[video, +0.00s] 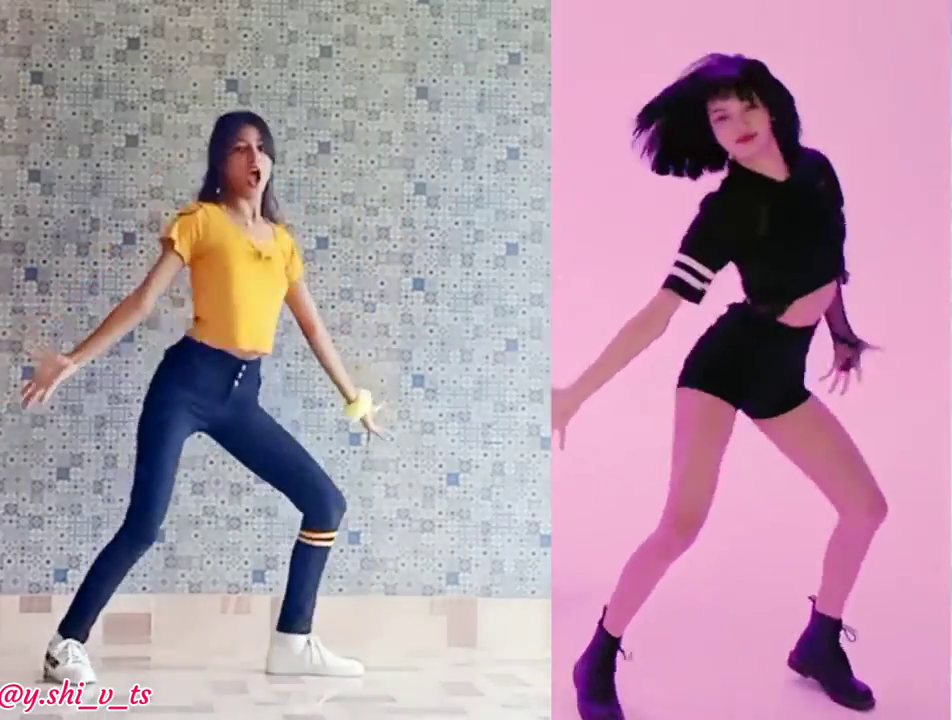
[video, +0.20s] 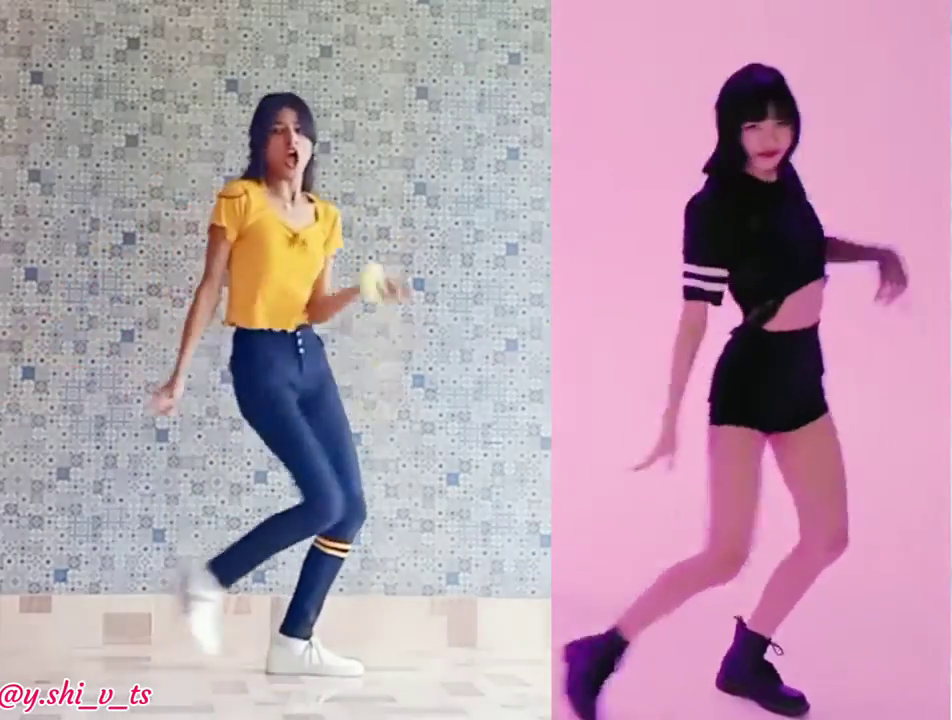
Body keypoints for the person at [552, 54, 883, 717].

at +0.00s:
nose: (739, 123)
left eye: (748, 106)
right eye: (722, 116)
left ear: (773, 108)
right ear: (710, 134)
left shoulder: (817, 172)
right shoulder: (727, 207)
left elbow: (826, 256)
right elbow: (659, 312)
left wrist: (840, 327)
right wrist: (574, 393)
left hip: (779, 370)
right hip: (722, 362)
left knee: (864, 507)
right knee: (680, 527)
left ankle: (820, 643)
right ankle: (599, 659)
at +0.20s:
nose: (770, 138)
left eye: (781, 124)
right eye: (755, 125)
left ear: (795, 126)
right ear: (730, 129)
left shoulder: (786, 177)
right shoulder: (712, 207)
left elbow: (808, 247)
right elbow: (694, 314)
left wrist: (878, 253)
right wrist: (671, 414)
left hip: (799, 374)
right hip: (745, 377)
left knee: (826, 536)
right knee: (726, 554)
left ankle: (746, 659)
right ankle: (601, 650)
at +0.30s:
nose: (786, 120)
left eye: (796, 107)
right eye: (771, 107)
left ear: (808, 111)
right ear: (743, 111)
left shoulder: (812, 159)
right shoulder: (708, 191)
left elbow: (855, 251)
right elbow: (701, 300)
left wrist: (873, 196)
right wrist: (701, 396)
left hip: (806, 354)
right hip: (743, 361)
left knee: (796, 525)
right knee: (799, 527)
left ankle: (726, 642)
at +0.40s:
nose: (797, 151)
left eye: (806, 139)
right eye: (782, 139)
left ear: (817, 148)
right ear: (751, 148)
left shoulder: (825, 212)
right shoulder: (718, 223)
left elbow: (860, 309)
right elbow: (696, 323)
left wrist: (858, 236)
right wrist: (681, 409)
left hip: (787, 387)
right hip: (732, 391)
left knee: (783, 554)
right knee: (845, 523)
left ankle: (687, 645)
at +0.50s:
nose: (806, 186)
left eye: (815, 174)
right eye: (791, 173)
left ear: (825, 185)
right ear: (763, 183)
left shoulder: (829, 248)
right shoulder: (725, 256)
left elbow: (859, 330)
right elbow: (680, 342)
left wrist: (866, 275)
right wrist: (684, 418)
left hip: (795, 418)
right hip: (740, 425)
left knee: (798, 581)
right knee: (859, 545)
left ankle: (676, 637)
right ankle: (889, 677)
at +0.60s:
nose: (816, 157)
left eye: (823, 144)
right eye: (800, 146)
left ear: (833, 153)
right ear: (772, 157)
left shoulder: (833, 216)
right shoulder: (748, 240)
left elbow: (910, 291)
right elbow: (734, 362)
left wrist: (902, 232)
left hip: (788, 405)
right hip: (748, 415)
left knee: (798, 565)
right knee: (877, 535)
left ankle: (663, 626)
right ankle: (880, 672)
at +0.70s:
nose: (826, 114)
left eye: (826, 104)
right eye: (808, 107)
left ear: (821, 120)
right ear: (778, 127)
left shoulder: (780, 191)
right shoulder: (797, 208)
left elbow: (828, 274)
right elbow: (861, 311)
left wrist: (865, 213)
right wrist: (898, 229)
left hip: (747, 374)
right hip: (766, 386)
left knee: (772, 527)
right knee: (874, 512)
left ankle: (656, 627)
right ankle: (875, 665)